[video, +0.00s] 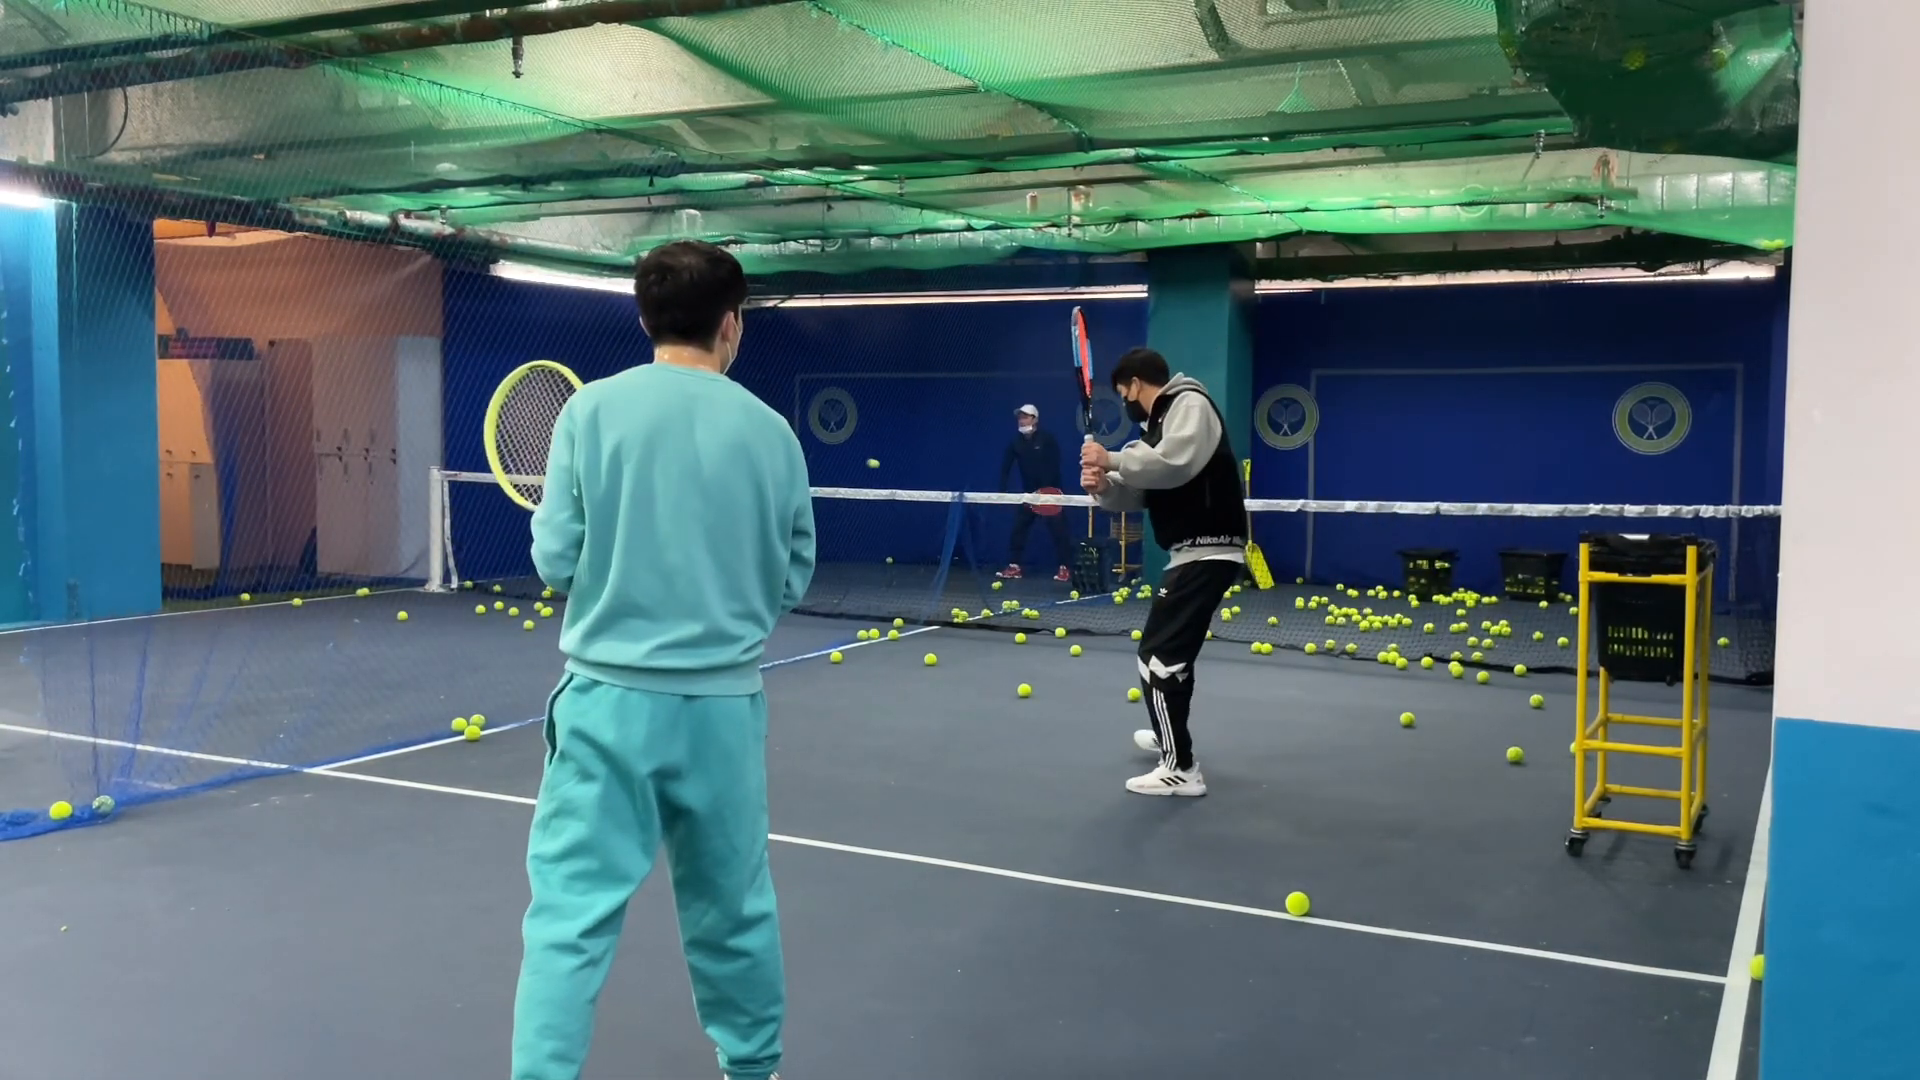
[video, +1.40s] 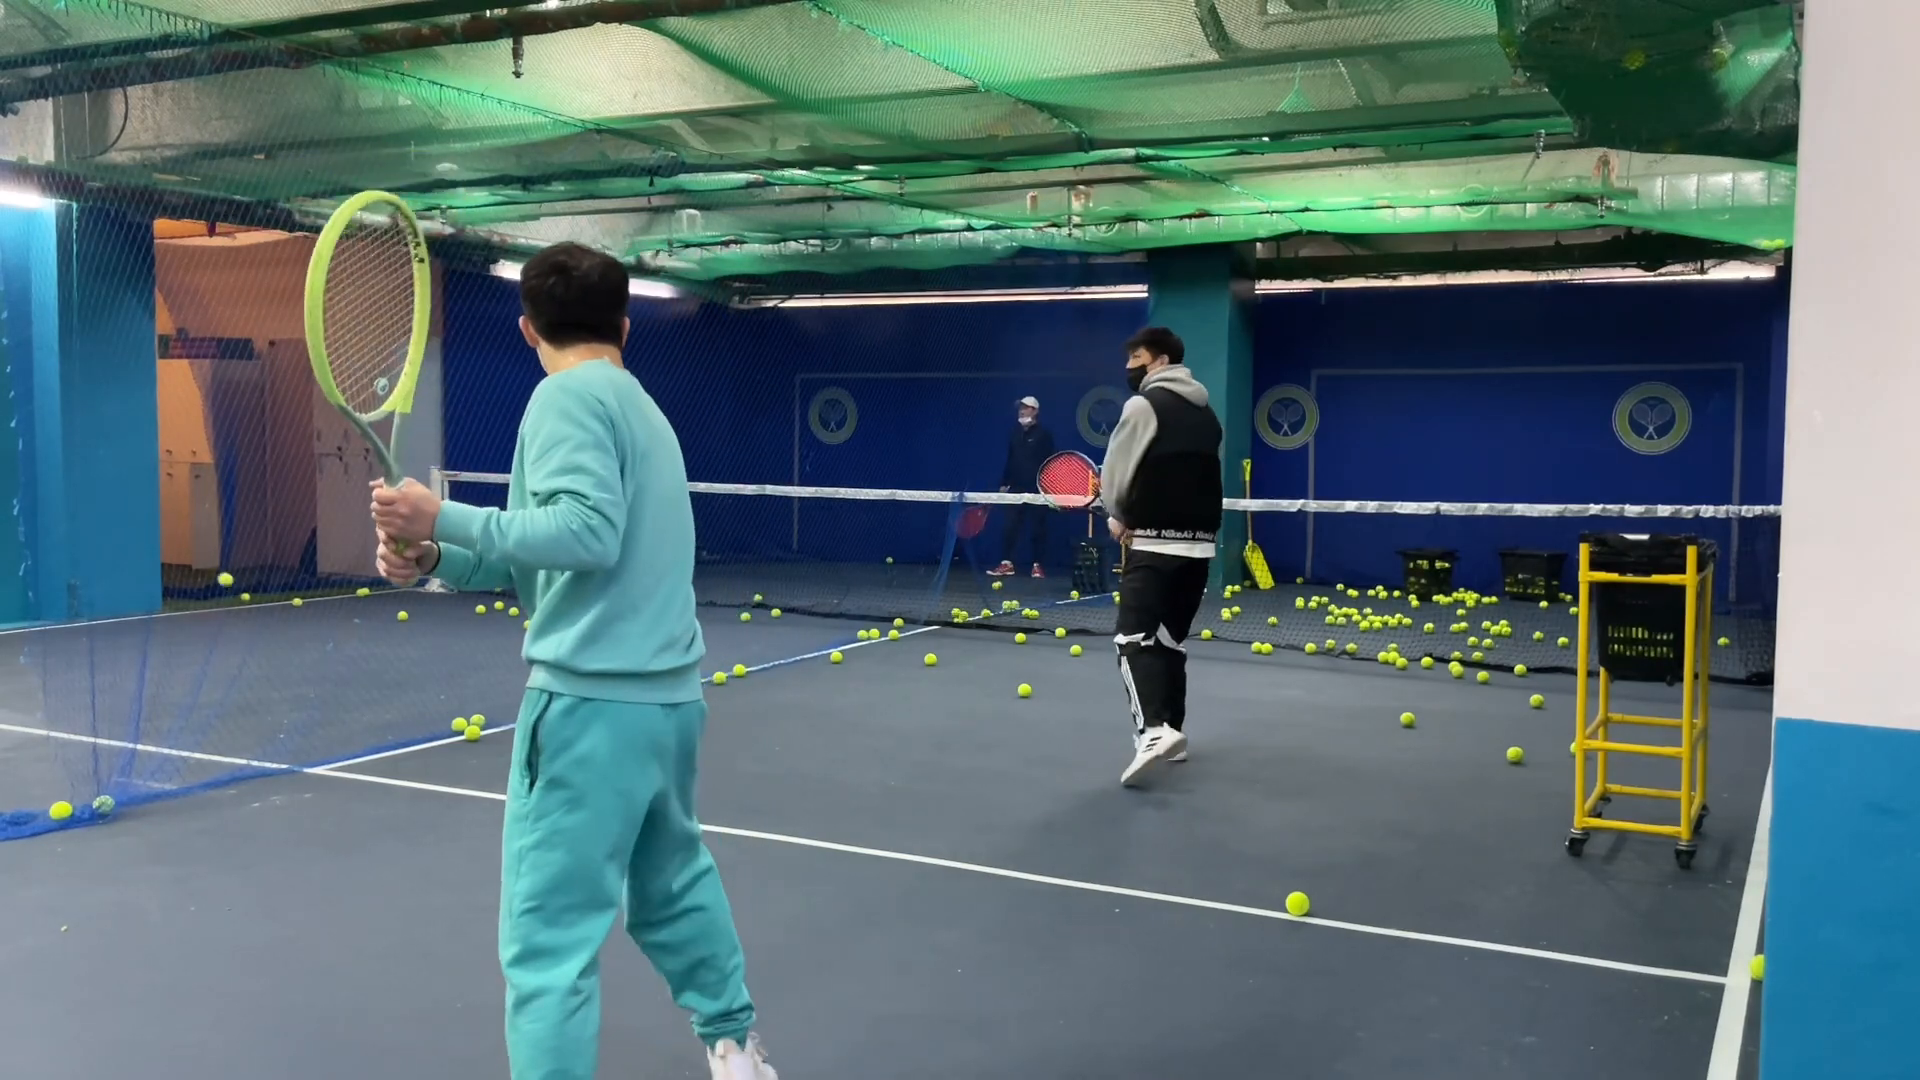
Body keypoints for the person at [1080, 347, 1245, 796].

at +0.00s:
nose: (1129, 405)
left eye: (1125, 395)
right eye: (1124, 398)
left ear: (1135, 383)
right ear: (1153, 380)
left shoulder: (1190, 403)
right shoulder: (1162, 421)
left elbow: (1175, 461)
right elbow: (1143, 492)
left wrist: (1111, 460)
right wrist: (1105, 486)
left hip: (1210, 553)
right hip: (1192, 553)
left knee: (1162, 655)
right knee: (1157, 649)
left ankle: (1180, 770)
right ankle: (1173, 735)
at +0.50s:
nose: (1110, 415)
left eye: (1111, 405)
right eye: (1108, 408)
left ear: (1129, 395)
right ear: (1131, 398)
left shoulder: (1173, 417)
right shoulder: (1137, 437)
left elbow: (1189, 482)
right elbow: (1114, 474)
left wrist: (1132, 501)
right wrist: (1104, 496)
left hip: (1183, 554)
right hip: (1160, 555)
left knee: (1135, 652)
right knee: (1133, 649)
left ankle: (1172, 751)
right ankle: (1162, 735)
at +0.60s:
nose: (1118, 407)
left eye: (1118, 398)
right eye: (1115, 400)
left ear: (1135, 388)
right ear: (1147, 385)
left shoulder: (1152, 420)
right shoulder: (1176, 417)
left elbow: (1132, 487)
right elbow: (1142, 489)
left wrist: (1095, 534)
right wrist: (1101, 532)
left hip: (1168, 557)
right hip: (1192, 557)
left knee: (1132, 649)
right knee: (1155, 646)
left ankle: (1163, 742)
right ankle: (1163, 733)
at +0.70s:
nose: (1116, 400)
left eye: (1116, 392)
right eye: (1114, 394)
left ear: (1132, 384)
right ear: (1159, 380)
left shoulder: (1132, 424)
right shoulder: (1203, 422)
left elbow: (1100, 496)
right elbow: (1192, 485)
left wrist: (1104, 533)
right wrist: (1129, 526)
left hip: (1154, 559)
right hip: (1200, 559)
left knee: (1133, 651)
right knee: (1170, 645)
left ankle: (1159, 734)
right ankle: (1166, 733)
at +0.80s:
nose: (1117, 393)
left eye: (1117, 386)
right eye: (1116, 387)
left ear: (1131, 380)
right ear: (1161, 374)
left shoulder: (1121, 425)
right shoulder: (1204, 415)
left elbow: (1116, 490)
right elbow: (1212, 468)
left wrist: (1142, 508)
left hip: (1149, 556)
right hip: (1198, 554)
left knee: (1134, 646)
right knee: (1174, 645)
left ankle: (1151, 729)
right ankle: (1171, 735)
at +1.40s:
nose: (1131, 367)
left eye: (1136, 359)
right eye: (1130, 360)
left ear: (1160, 358)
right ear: (1175, 361)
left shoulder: (1144, 405)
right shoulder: (1205, 412)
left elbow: (1114, 478)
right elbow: (1190, 480)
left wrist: (1118, 516)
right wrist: (1126, 512)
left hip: (1154, 549)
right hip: (1196, 551)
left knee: (1134, 638)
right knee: (1170, 643)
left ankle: (1154, 731)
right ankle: (1172, 733)